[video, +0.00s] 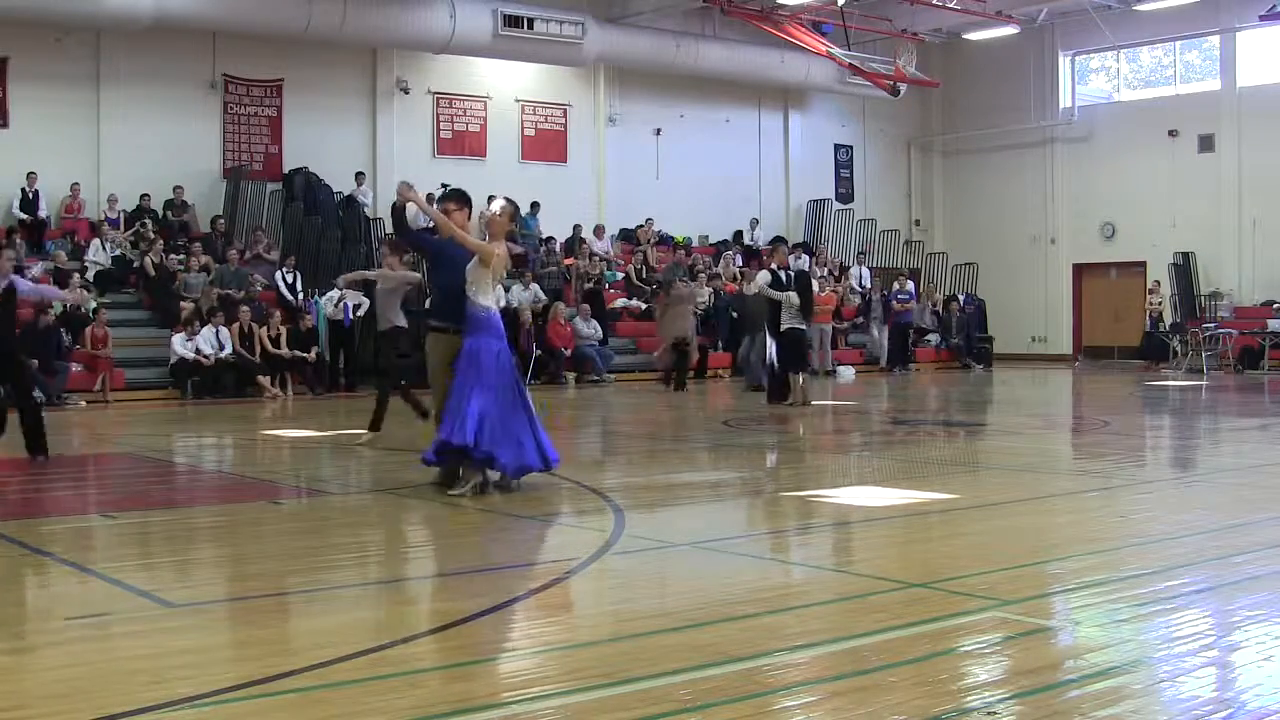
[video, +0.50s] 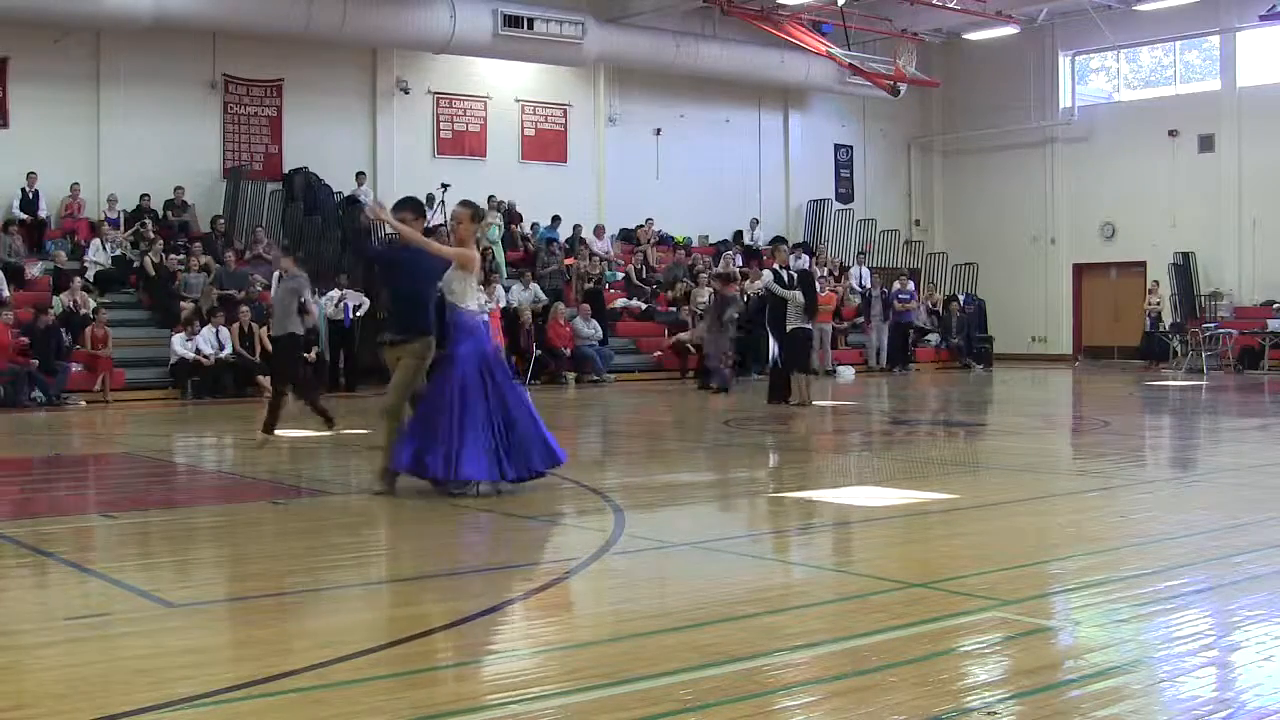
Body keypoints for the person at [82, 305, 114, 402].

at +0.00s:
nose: (106, 316)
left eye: (106, 314)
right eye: (103, 314)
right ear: (96, 316)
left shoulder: (107, 331)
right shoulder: (89, 330)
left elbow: (109, 348)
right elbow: (88, 349)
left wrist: (104, 352)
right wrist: (100, 353)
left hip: (103, 356)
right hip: (92, 356)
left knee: (103, 361)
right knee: (105, 367)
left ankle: (98, 382)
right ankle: (106, 394)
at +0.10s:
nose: (105, 316)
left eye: (106, 314)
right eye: (103, 314)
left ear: (106, 316)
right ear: (95, 316)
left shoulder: (108, 330)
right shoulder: (89, 330)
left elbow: (109, 348)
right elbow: (88, 349)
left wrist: (103, 352)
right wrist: (100, 353)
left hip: (103, 355)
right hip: (93, 356)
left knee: (104, 361)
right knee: (106, 365)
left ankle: (98, 382)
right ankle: (107, 394)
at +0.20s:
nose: (105, 316)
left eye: (106, 314)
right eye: (103, 314)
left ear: (106, 316)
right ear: (96, 316)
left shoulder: (108, 331)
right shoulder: (89, 330)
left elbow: (109, 348)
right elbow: (88, 349)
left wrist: (103, 352)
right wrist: (100, 353)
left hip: (103, 355)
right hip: (93, 356)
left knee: (104, 360)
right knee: (106, 365)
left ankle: (98, 382)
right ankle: (107, 394)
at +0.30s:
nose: (105, 316)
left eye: (106, 314)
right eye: (103, 314)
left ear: (106, 316)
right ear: (96, 316)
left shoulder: (108, 331)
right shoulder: (89, 330)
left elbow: (109, 348)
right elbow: (88, 349)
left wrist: (102, 352)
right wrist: (100, 353)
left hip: (103, 355)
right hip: (93, 356)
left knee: (104, 360)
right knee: (106, 365)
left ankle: (98, 382)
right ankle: (107, 394)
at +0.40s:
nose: (105, 316)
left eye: (106, 314)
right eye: (103, 314)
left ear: (106, 316)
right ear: (96, 316)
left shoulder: (108, 331)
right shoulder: (89, 330)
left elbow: (109, 348)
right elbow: (88, 349)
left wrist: (102, 352)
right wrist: (100, 353)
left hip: (103, 355)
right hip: (92, 356)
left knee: (104, 360)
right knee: (106, 365)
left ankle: (98, 382)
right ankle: (107, 394)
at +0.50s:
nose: (106, 316)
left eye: (106, 314)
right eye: (103, 314)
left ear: (106, 316)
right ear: (96, 316)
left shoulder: (108, 330)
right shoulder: (89, 330)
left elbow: (109, 348)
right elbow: (88, 349)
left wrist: (102, 352)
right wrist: (100, 353)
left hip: (103, 355)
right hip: (92, 356)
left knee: (104, 360)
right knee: (106, 365)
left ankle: (98, 382)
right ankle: (107, 393)